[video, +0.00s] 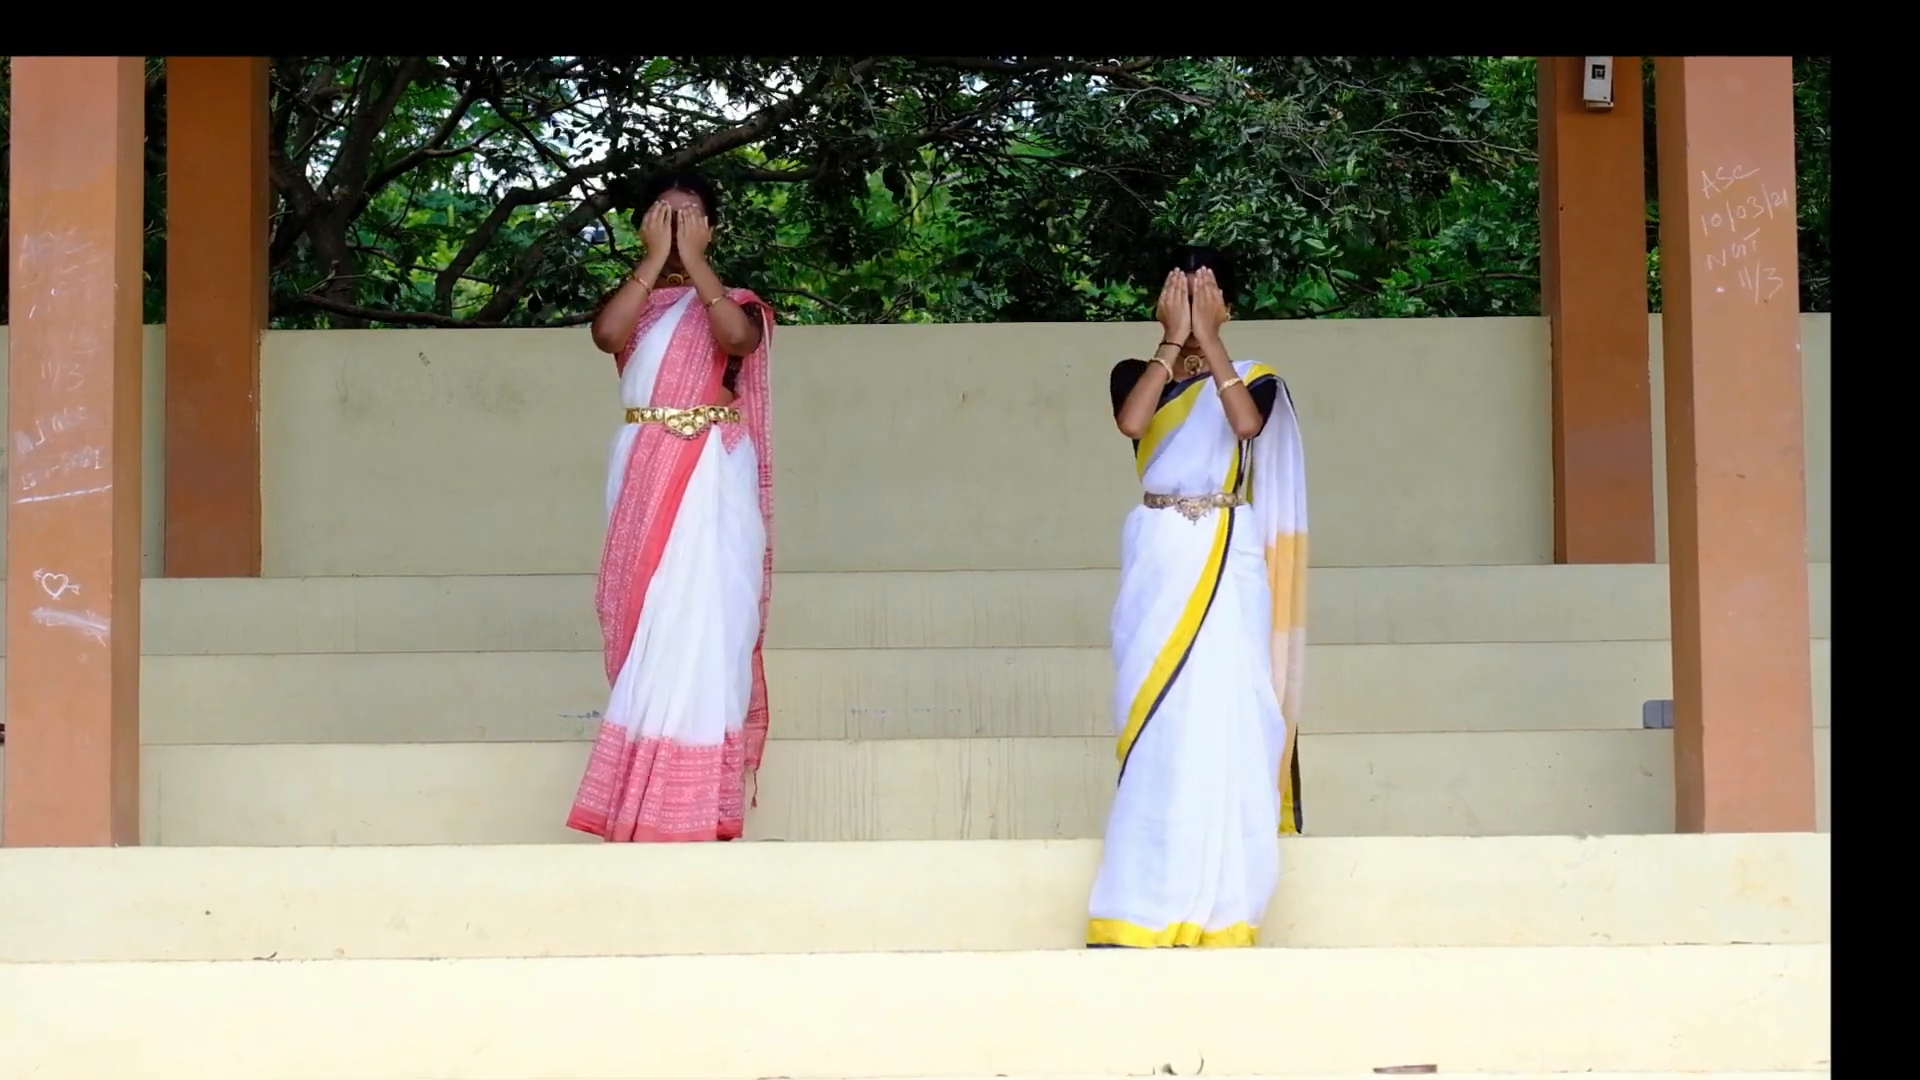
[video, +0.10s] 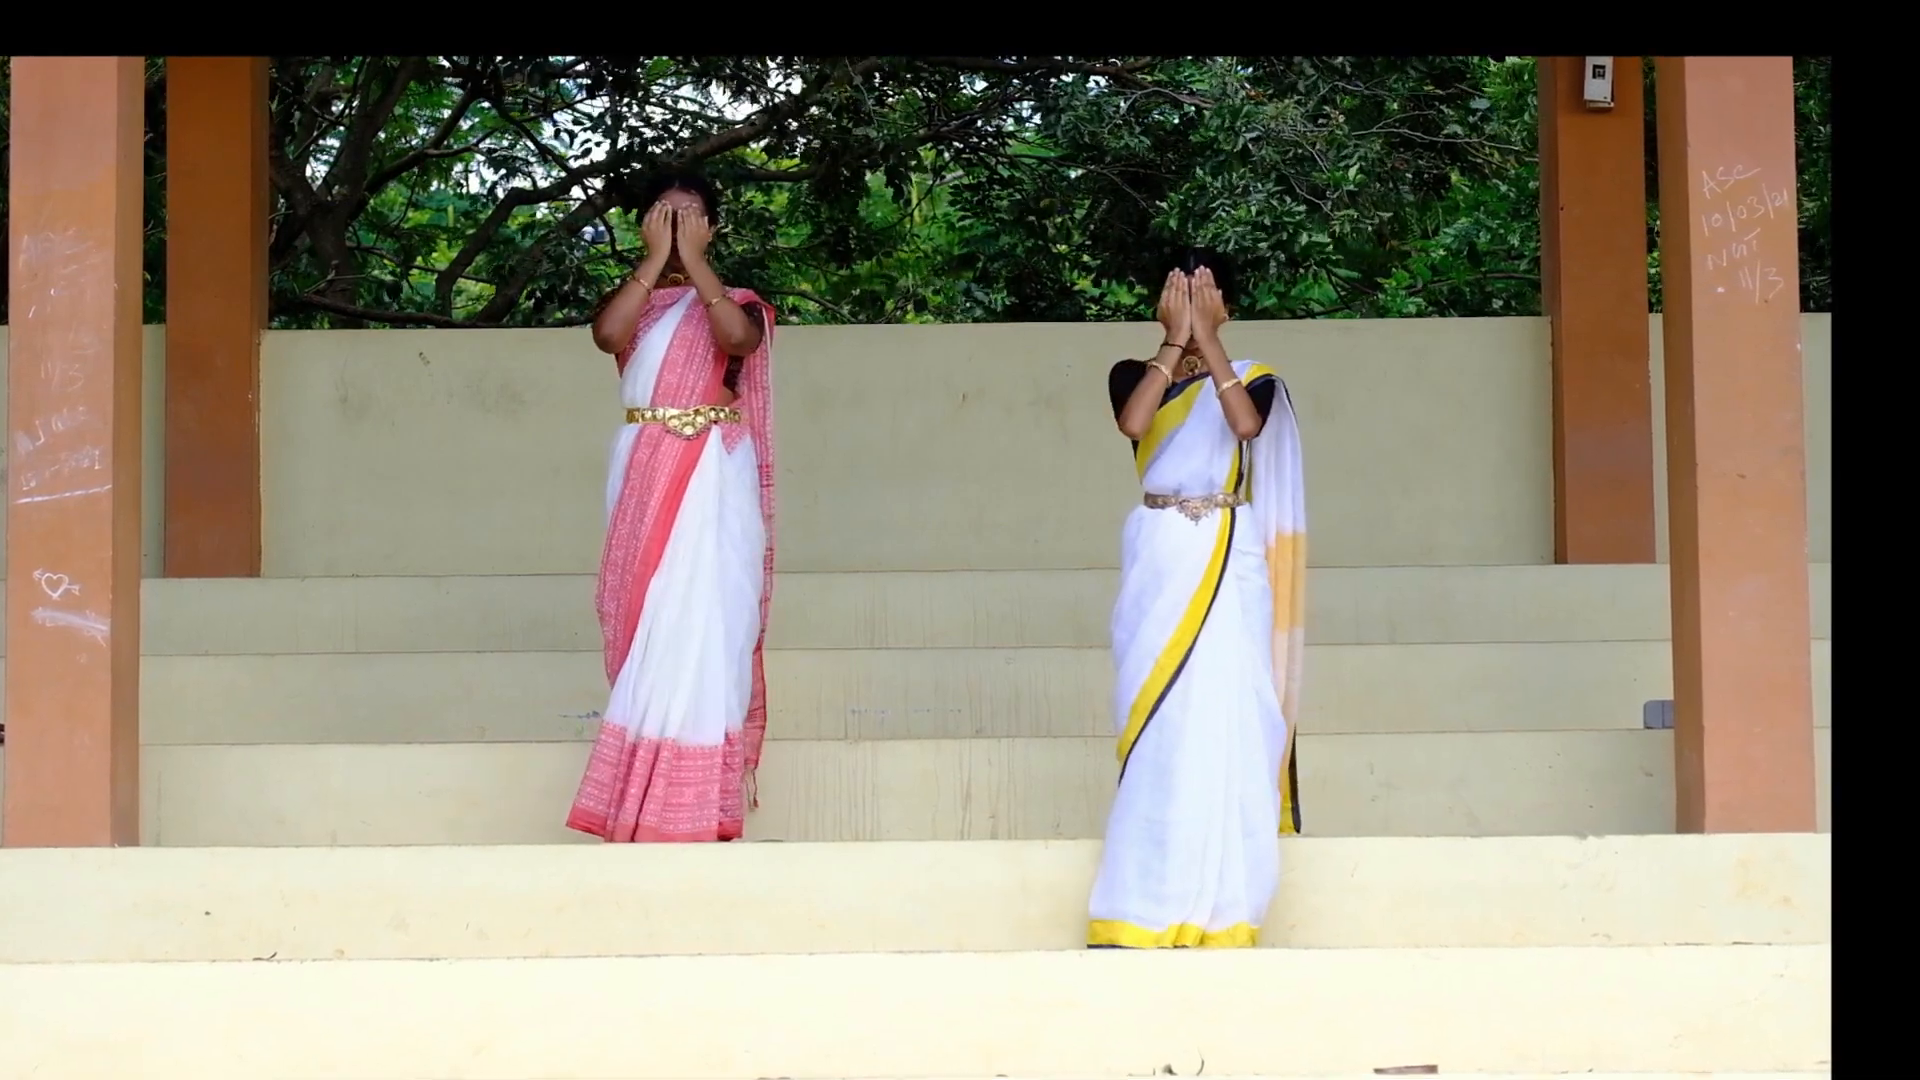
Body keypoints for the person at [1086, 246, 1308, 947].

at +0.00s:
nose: (1192, 318)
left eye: (1204, 306)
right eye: (1180, 305)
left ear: (1225, 311)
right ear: (1163, 309)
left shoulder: (1254, 379)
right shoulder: (1138, 375)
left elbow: (1246, 424)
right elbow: (1132, 422)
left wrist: (1209, 338)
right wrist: (1173, 342)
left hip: (1223, 566)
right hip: (1153, 563)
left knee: (1219, 726)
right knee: (1153, 723)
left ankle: (1218, 906)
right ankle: (1148, 905)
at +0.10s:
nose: (1190, 316)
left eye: (1203, 304)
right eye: (1180, 303)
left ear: (1224, 310)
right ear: (1164, 310)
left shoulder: (1253, 379)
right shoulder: (1138, 376)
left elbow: (1245, 424)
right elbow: (1133, 422)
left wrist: (1207, 337)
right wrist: (1174, 342)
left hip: (1224, 566)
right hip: (1154, 563)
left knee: (1219, 726)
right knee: (1154, 724)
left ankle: (1219, 906)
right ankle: (1149, 906)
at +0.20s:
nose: (1192, 317)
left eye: (1206, 305)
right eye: (1181, 304)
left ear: (1227, 310)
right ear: (1162, 311)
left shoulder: (1254, 379)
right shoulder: (1138, 377)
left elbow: (1252, 425)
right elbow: (1135, 422)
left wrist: (1212, 339)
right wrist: (1174, 342)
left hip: (1228, 564)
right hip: (1157, 561)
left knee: (1226, 724)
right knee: (1156, 722)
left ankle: (1223, 907)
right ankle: (1151, 906)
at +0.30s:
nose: (1195, 320)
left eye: (1206, 309)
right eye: (1182, 309)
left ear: (1228, 315)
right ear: (1161, 315)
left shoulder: (1256, 380)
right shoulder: (1139, 378)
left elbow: (1267, 426)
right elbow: (1137, 426)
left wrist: (1235, 337)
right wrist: (1165, 343)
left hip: (1234, 560)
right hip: (1164, 557)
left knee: (1234, 720)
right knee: (1161, 718)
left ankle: (1231, 903)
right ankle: (1156, 904)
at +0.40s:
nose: (1202, 320)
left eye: (1215, 309)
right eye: (1189, 308)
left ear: (1230, 315)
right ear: (1165, 313)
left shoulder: (1262, 382)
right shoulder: (1141, 382)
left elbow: (1286, 458)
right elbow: (1136, 457)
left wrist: (1253, 366)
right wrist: (1173, 373)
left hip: (1240, 558)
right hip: (1172, 555)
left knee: (1239, 720)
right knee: (1169, 718)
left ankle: (1238, 905)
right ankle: (1163, 906)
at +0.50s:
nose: (1213, 318)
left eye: (1224, 307)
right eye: (1200, 305)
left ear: (1236, 316)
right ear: (1174, 311)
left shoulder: (1273, 392)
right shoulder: (1145, 389)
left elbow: (1299, 496)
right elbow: (1123, 498)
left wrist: (1265, 448)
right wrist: (1178, 441)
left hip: (1255, 563)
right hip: (1183, 563)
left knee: (1254, 723)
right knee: (1186, 722)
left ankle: (1248, 908)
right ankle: (1175, 908)